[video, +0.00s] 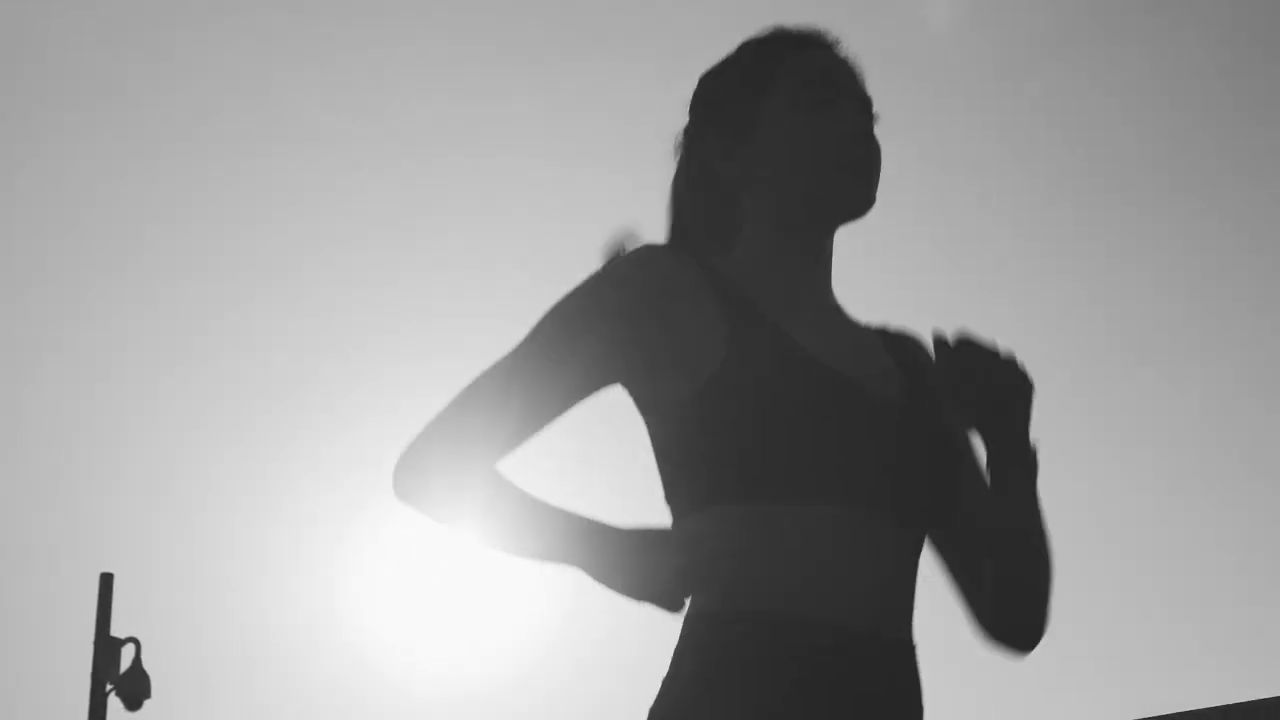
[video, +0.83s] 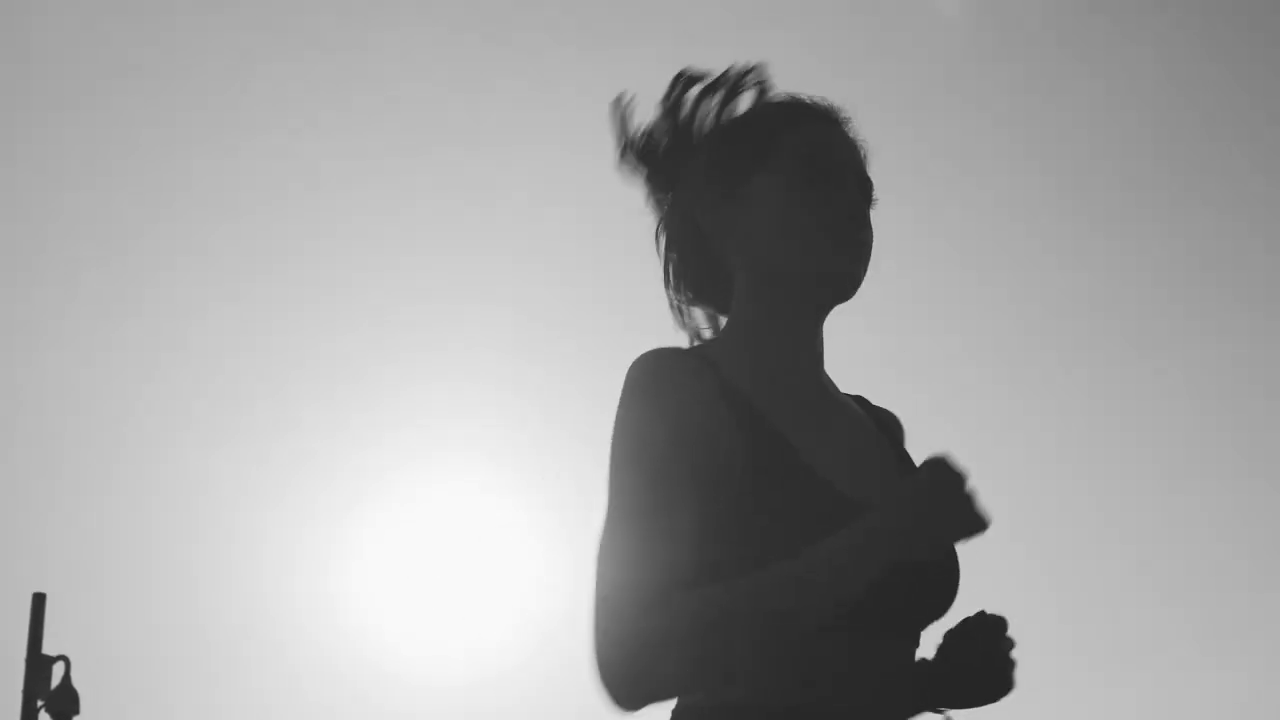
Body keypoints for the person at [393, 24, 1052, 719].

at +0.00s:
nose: (865, 129)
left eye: (866, 110)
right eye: (826, 102)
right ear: (741, 141)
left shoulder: (903, 367)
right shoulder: (660, 294)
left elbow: (1014, 619)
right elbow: (433, 469)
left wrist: (1010, 450)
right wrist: (620, 553)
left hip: (880, 694)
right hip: (731, 685)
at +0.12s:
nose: (863, 106)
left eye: (868, 84)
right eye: (825, 76)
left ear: (877, 117)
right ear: (734, 110)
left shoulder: (931, 321)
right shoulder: (660, 268)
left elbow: (1073, 544)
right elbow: (440, 439)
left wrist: (994, 362)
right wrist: (582, 499)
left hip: (897, 679)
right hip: (734, 672)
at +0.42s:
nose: (863, 110)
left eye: (868, 87)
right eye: (822, 80)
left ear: (881, 125)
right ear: (731, 116)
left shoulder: (918, 321)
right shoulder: (657, 291)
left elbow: (1075, 561)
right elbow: (473, 504)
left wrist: (970, 393)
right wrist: (625, 511)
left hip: (911, 684)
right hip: (750, 681)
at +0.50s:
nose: (852, 152)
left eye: (861, 131)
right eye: (815, 123)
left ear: (873, 163)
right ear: (731, 158)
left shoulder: (913, 357)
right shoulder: (659, 327)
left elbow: (1040, 620)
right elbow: (484, 559)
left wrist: (972, 437)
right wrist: (671, 552)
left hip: (905, 700)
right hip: (748, 696)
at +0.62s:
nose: (851, 187)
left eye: (860, 169)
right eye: (813, 160)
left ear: (869, 207)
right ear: (719, 198)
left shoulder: (907, 409)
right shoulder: (660, 379)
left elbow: (954, 698)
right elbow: (515, 649)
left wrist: (997, 589)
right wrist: (750, 593)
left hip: (890, 709)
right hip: (751, 703)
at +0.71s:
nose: (853, 208)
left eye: (864, 191)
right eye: (816, 181)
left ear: (874, 216)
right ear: (725, 211)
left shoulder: (897, 428)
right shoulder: (662, 397)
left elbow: (901, 700)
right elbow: (559, 678)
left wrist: (979, 656)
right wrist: (803, 596)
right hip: (739, 708)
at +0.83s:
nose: (854, 214)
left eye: (863, 194)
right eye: (815, 184)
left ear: (869, 220)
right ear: (723, 215)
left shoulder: (877, 431)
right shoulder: (674, 387)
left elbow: (844, 674)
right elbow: (633, 661)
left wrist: (936, 682)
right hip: (725, 708)